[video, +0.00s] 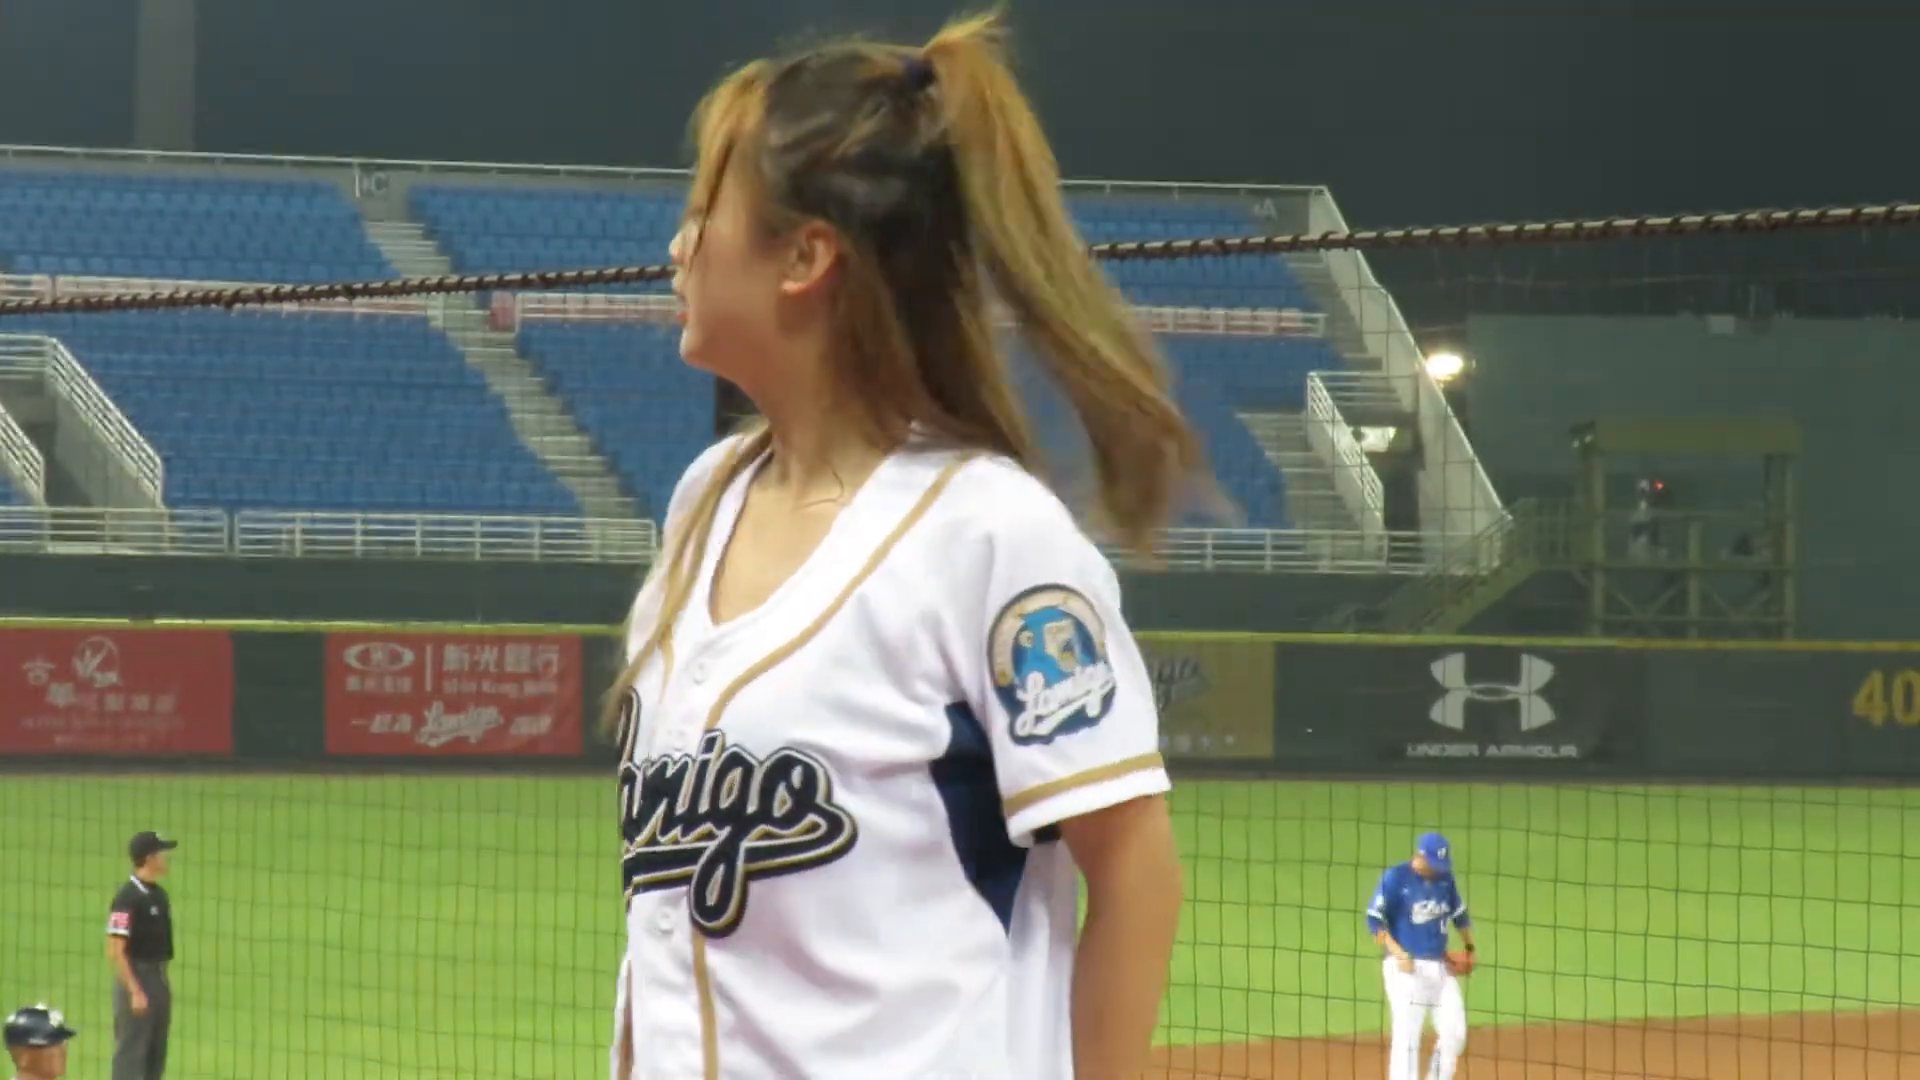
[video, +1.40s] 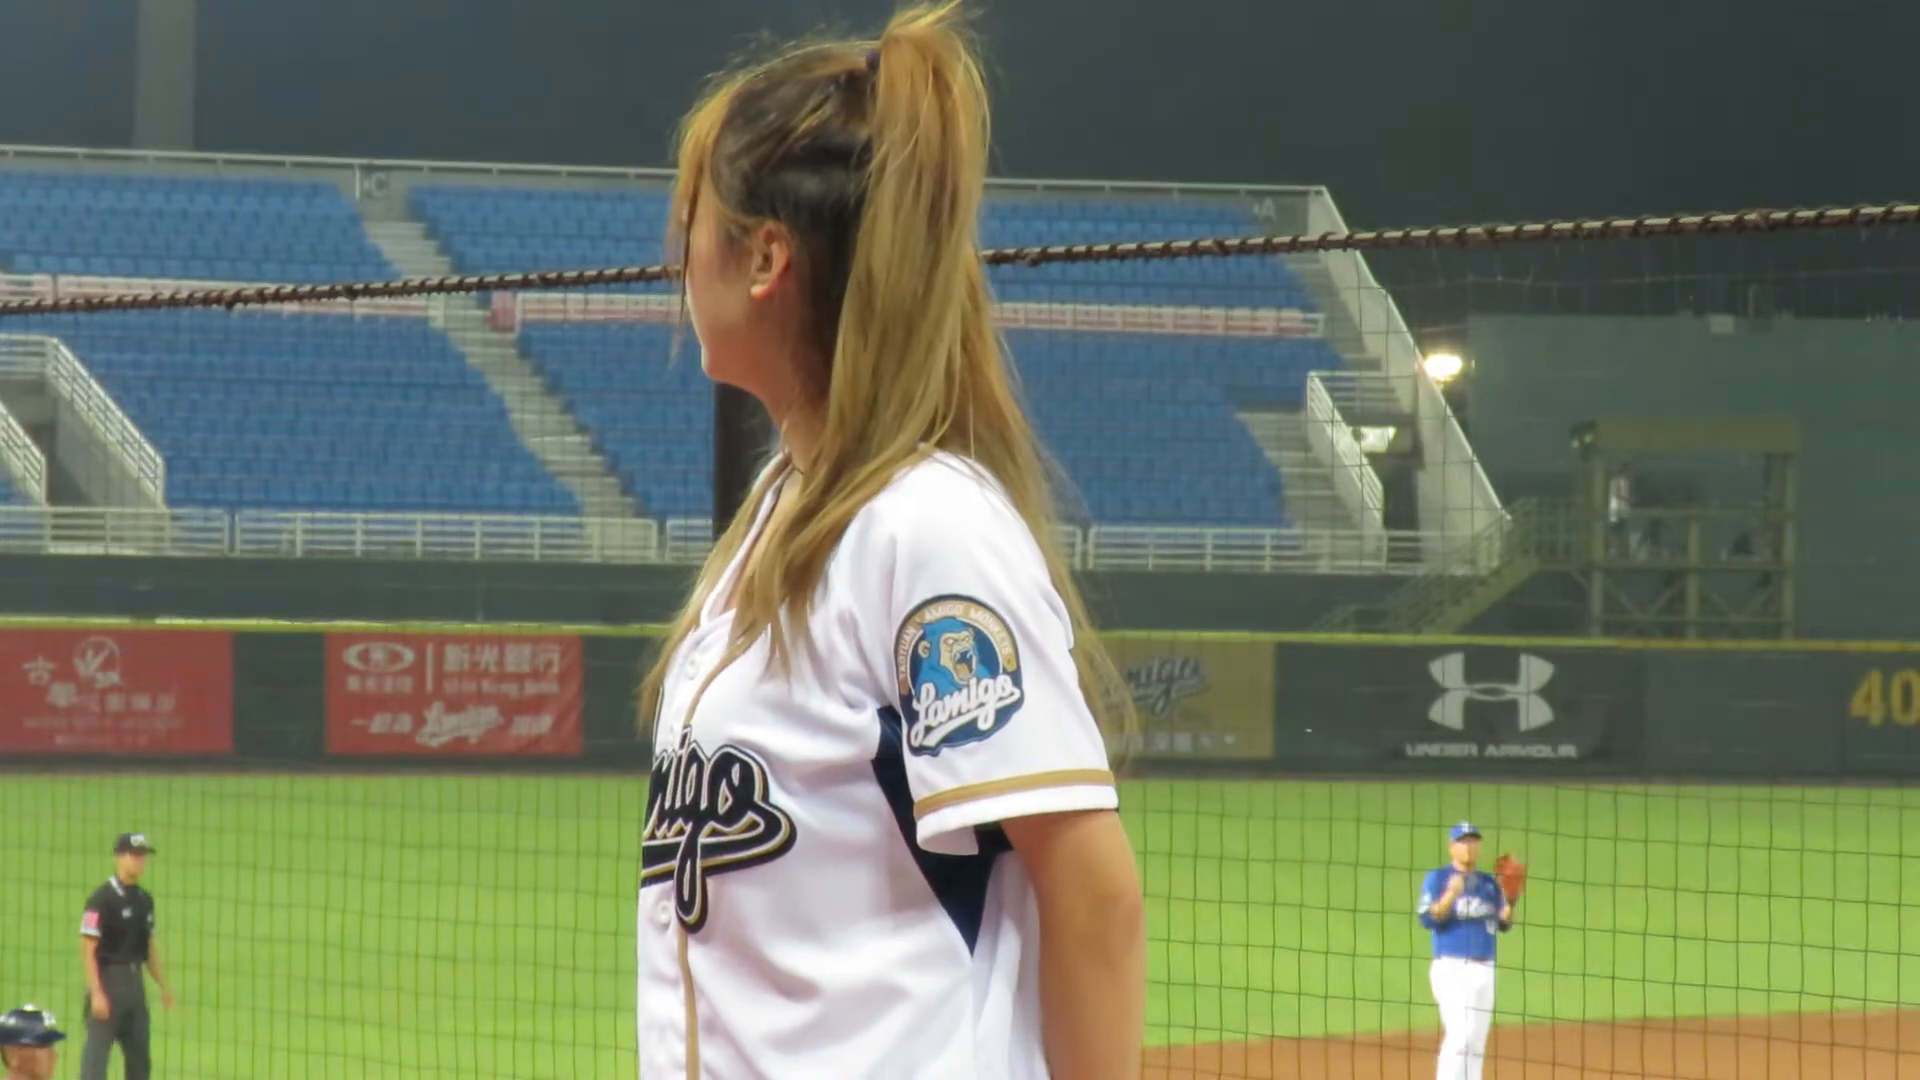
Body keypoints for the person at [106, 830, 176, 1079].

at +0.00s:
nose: (165, 859)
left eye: (163, 854)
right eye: (160, 855)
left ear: (150, 859)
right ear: (147, 859)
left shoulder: (158, 894)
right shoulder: (128, 896)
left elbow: (154, 943)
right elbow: (116, 950)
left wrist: (161, 981)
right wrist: (135, 990)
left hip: (157, 968)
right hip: (136, 969)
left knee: (156, 1045)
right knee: (134, 1047)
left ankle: (152, 1074)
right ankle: (130, 1074)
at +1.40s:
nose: (139, 862)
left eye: (142, 857)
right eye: (134, 856)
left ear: (146, 860)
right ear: (119, 857)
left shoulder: (144, 899)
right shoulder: (101, 898)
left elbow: (148, 947)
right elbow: (88, 948)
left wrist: (163, 986)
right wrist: (96, 992)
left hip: (133, 972)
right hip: (107, 971)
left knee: (138, 1055)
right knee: (97, 1053)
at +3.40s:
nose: (116, 866)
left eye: (118, 860)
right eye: (110, 860)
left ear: (121, 862)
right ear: (94, 861)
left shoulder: (120, 901)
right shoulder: (78, 903)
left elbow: (122, 952)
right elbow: (65, 954)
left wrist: (129, 990)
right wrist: (72, 999)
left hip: (113, 973)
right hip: (87, 973)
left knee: (125, 1054)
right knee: (84, 1053)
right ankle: (81, 1074)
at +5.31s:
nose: (122, 862)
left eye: (124, 856)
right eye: (117, 856)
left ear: (125, 859)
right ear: (101, 858)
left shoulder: (124, 897)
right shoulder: (87, 899)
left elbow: (128, 946)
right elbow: (76, 952)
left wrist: (137, 983)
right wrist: (96, 993)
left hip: (124, 970)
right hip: (99, 969)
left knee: (125, 1046)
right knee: (97, 1047)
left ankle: (120, 1076)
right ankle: (94, 1076)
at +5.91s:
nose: (142, 862)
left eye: (142, 856)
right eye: (138, 855)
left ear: (132, 857)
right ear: (121, 857)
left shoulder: (128, 892)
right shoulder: (108, 895)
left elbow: (123, 940)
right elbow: (98, 946)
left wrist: (133, 976)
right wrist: (119, 983)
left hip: (128, 967)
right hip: (113, 969)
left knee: (121, 1047)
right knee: (109, 1048)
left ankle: (116, 1073)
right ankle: (100, 1074)